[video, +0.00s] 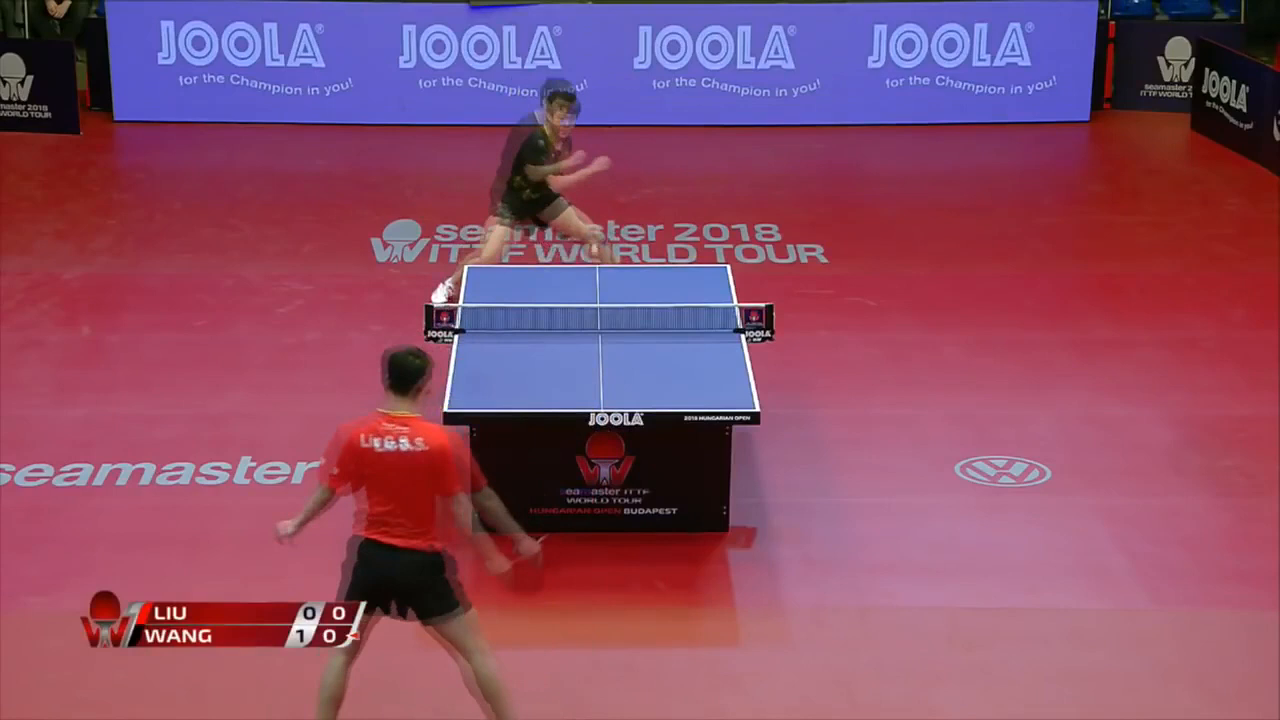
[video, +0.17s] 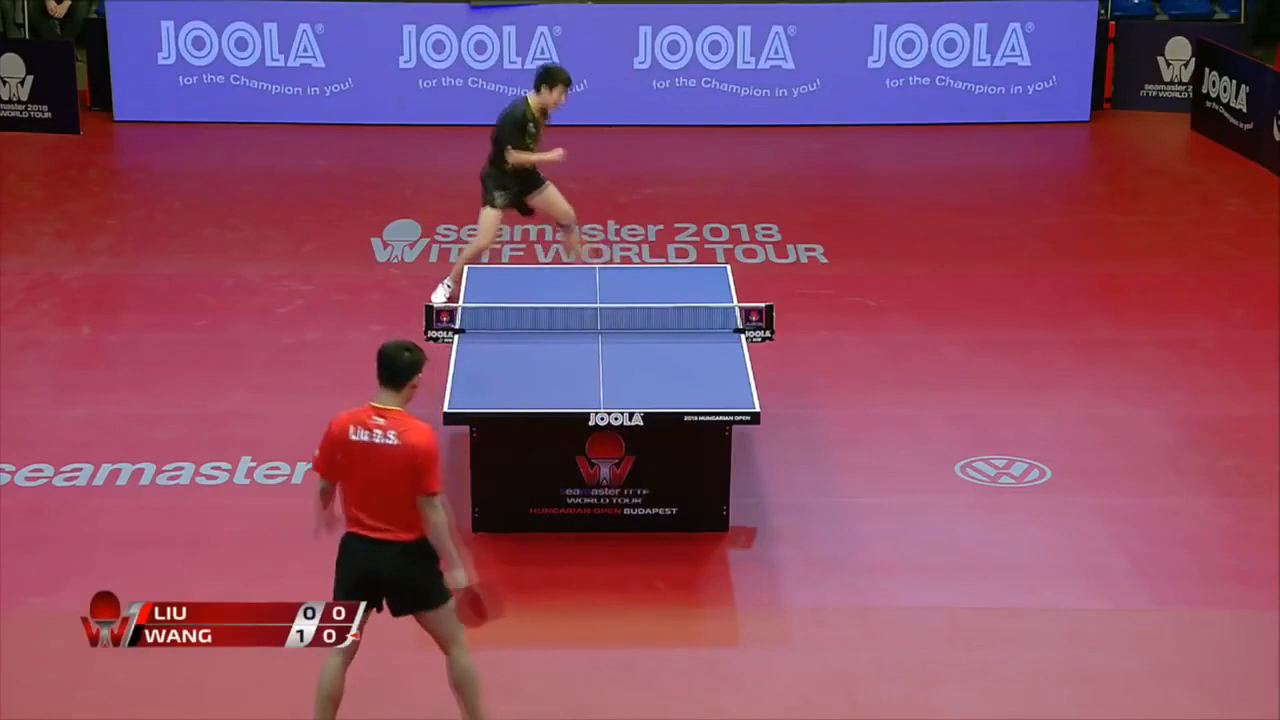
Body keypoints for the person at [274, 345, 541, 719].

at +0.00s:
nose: (430, 387)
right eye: (429, 381)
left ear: (386, 381)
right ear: (424, 386)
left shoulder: (354, 434)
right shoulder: (441, 441)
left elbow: (327, 493)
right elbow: (463, 512)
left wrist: (295, 525)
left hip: (371, 560)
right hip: (424, 565)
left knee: (343, 652)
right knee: (476, 653)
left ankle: (323, 717)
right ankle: (506, 715)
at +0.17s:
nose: (419, 384)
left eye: (420, 377)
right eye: (420, 378)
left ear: (378, 375)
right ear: (413, 383)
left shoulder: (343, 425)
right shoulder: (420, 436)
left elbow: (325, 485)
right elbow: (431, 504)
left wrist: (324, 507)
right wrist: (454, 564)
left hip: (356, 555)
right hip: (408, 559)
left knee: (340, 650)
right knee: (454, 646)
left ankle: (322, 718)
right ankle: (476, 715)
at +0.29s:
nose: (424, 385)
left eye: (424, 378)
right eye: (424, 378)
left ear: (382, 375)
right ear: (414, 384)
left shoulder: (345, 420)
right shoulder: (415, 438)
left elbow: (334, 485)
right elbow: (422, 508)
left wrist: (372, 499)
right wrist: (443, 569)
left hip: (355, 555)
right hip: (404, 559)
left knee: (342, 649)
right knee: (448, 643)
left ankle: (321, 718)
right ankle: (455, 716)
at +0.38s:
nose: (431, 388)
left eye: (431, 380)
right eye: (431, 381)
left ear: (390, 377)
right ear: (421, 386)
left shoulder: (351, 422)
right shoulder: (421, 440)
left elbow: (340, 484)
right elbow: (429, 510)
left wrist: (385, 489)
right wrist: (454, 570)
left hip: (362, 558)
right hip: (410, 562)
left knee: (345, 649)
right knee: (448, 646)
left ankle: (322, 718)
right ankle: (449, 717)